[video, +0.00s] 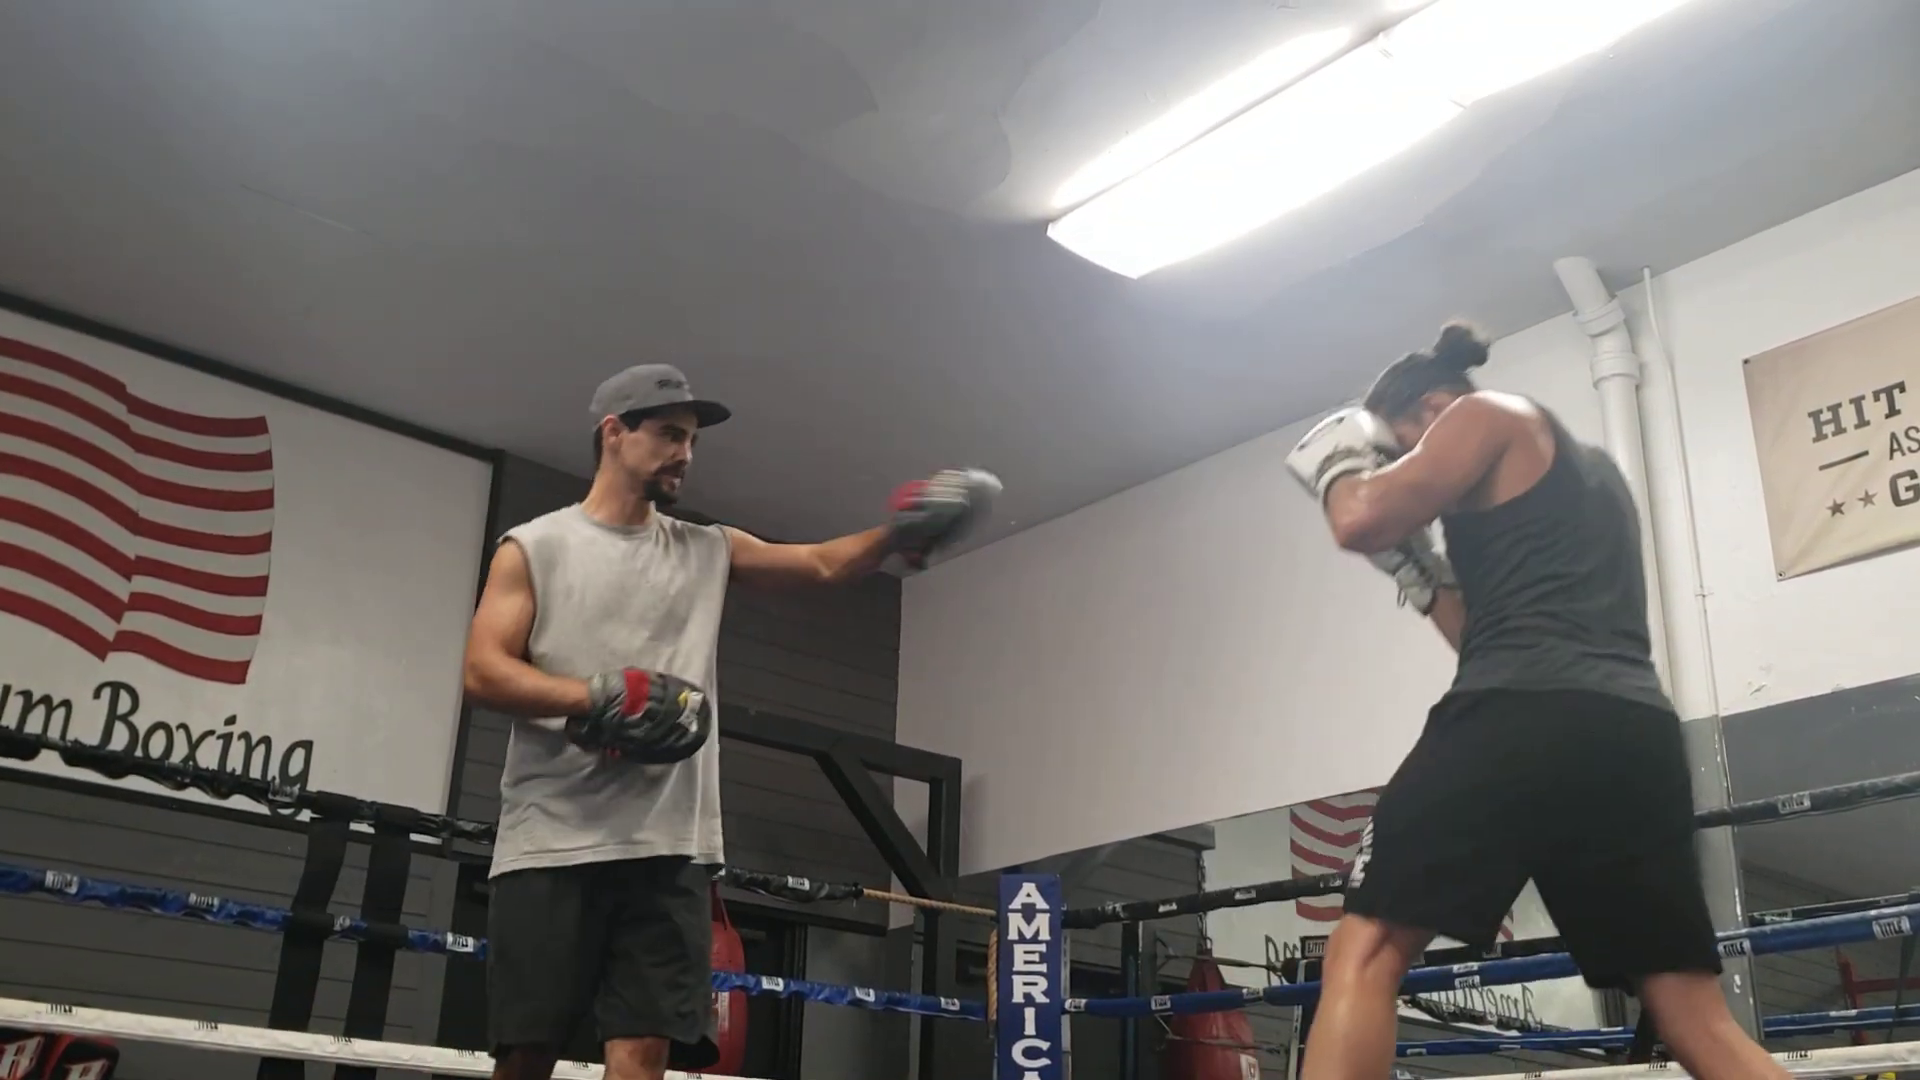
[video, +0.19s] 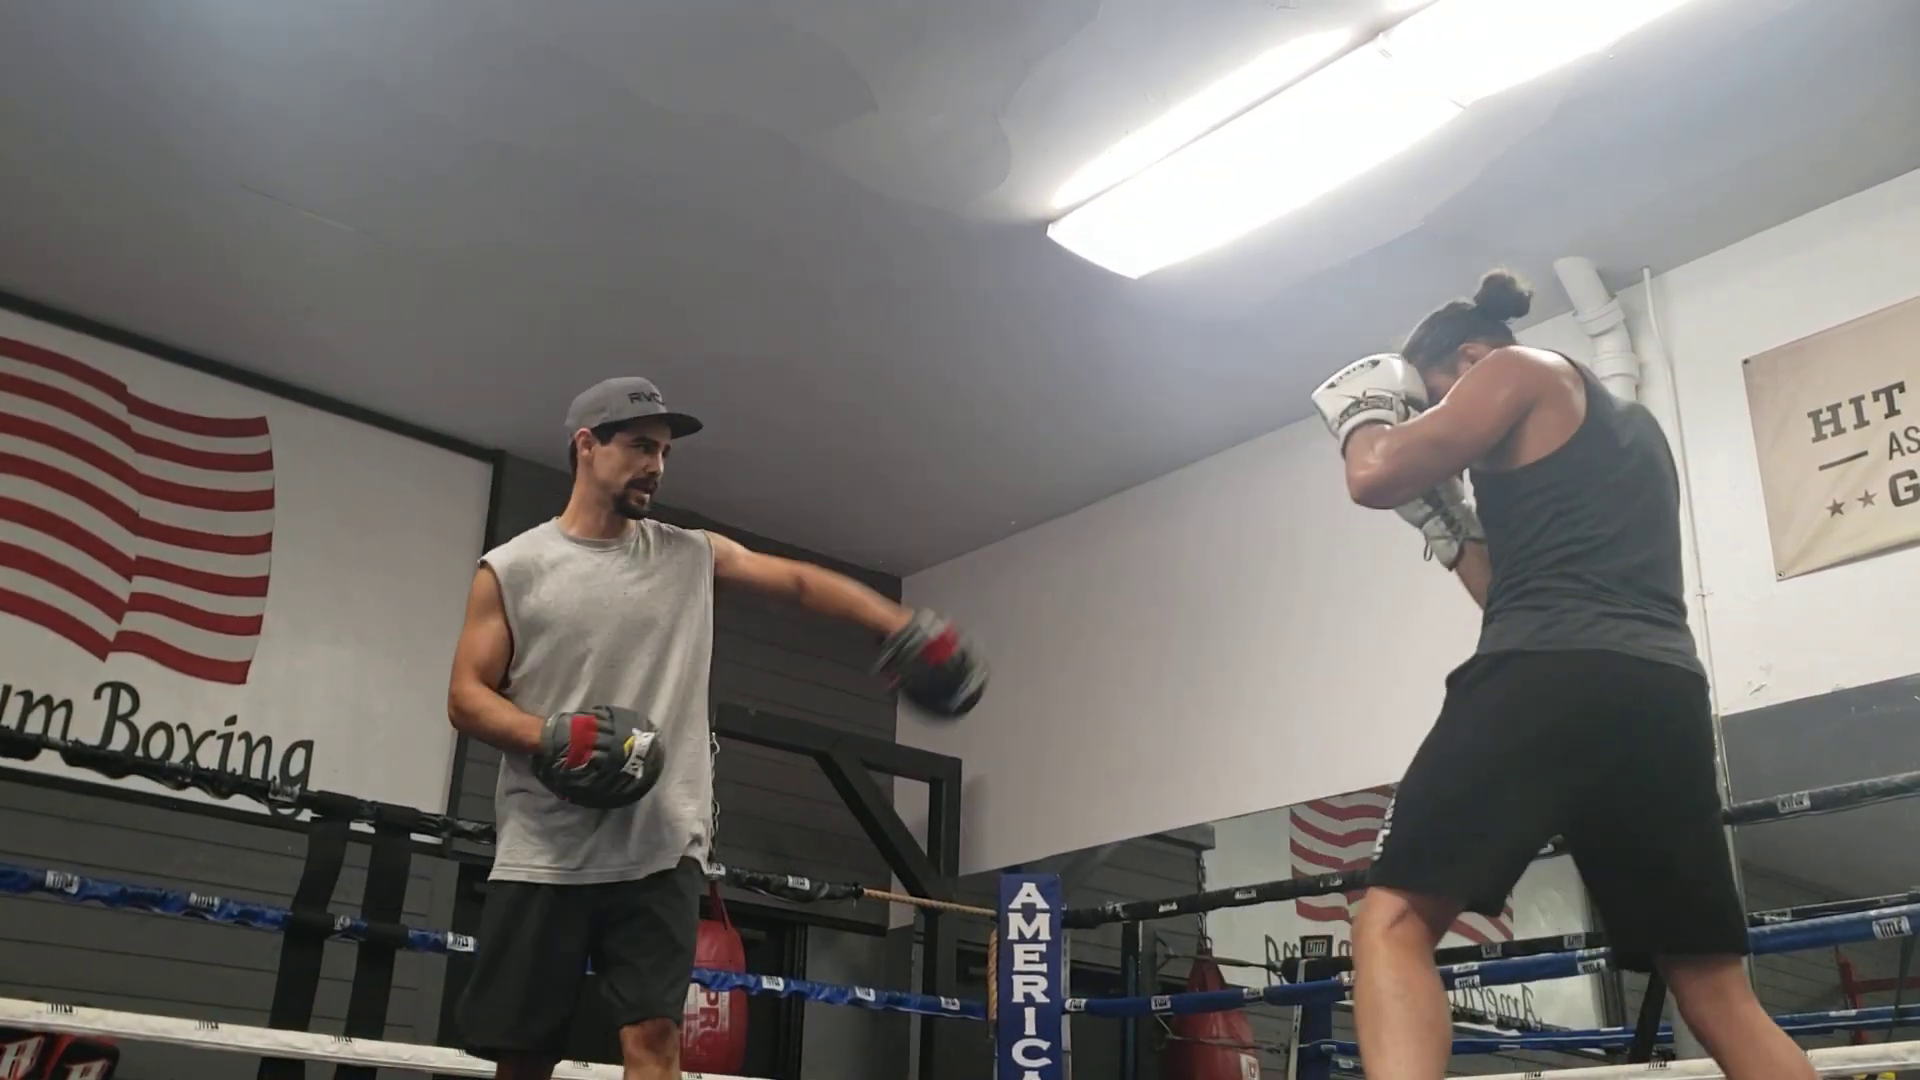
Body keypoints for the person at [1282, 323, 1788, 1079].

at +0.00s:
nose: (1411, 459)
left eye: (1404, 443)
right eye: (1403, 452)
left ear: (1425, 405)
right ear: (1455, 389)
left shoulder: (1489, 416)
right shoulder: (1595, 471)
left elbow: (1359, 522)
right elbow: (1494, 644)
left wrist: (1338, 461)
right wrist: (1412, 563)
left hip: (1515, 716)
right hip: (1636, 727)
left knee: (1366, 955)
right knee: (1697, 1015)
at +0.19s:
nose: (1443, 410)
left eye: (1439, 390)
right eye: (1436, 401)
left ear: (1463, 356)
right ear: (1496, 344)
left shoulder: (1518, 372)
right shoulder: (1633, 427)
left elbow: (1371, 475)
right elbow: (1514, 599)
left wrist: (1359, 414)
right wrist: (1437, 513)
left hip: (1542, 675)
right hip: (1664, 687)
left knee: (1394, 919)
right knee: (1717, 988)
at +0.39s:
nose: (1401, 408)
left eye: (1396, 387)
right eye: (1391, 396)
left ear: (1416, 345)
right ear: (1467, 320)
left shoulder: (1468, 362)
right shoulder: (1605, 393)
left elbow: (1338, 513)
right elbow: (1540, 561)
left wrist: (1322, 432)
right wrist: (1449, 532)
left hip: (1541, 676)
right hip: (1666, 680)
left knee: (1435, 953)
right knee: (1718, 997)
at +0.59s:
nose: (1325, 388)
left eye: (1318, 369)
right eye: (1315, 377)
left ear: (1341, 324)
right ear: (1389, 297)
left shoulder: (1388, 343)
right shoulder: (1545, 348)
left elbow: (1301, 533)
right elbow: (1457, 504)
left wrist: (1263, 450)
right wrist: (1325, 473)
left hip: (1517, 647)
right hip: (1655, 638)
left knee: (1434, 950)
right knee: (1742, 948)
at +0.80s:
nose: (1343, 335)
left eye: (1338, 316)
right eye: (1335, 325)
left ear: (1360, 272)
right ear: (1419, 242)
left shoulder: (1404, 297)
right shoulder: (1569, 301)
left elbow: (1305, 494)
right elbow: (1472, 449)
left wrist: (1276, 405)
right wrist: (1353, 396)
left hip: (1528, 623)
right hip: (1673, 610)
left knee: (1462, 942)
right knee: (1774, 926)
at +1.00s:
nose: (1437, 313)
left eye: (1434, 291)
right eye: (1431, 299)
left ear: (1460, 249)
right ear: (1518, 220)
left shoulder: (1494, 265)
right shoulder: (1672, 298)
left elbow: (1393, 439)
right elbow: (1582, 455)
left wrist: (1356, 396)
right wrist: (1444, 403)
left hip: (1576, 631)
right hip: (1736, 619)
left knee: (1468, 945)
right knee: (1835, 939)